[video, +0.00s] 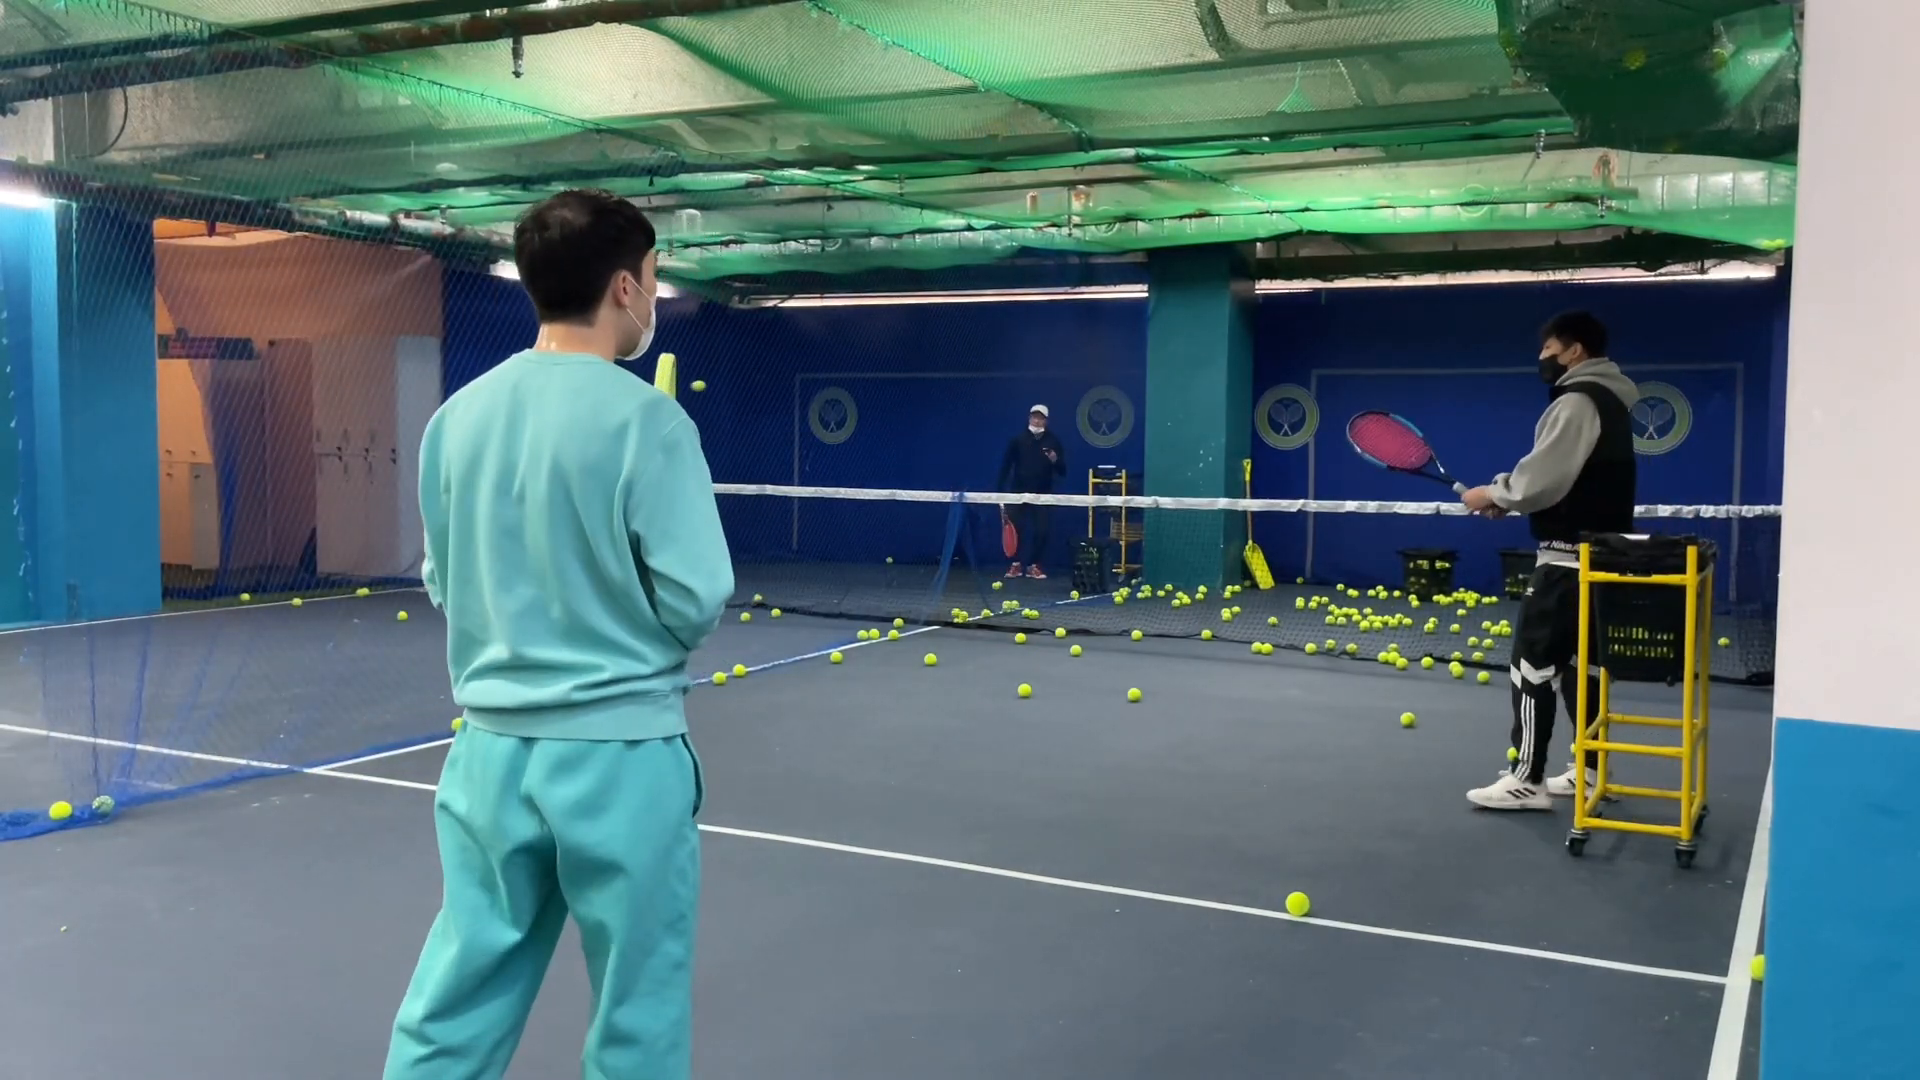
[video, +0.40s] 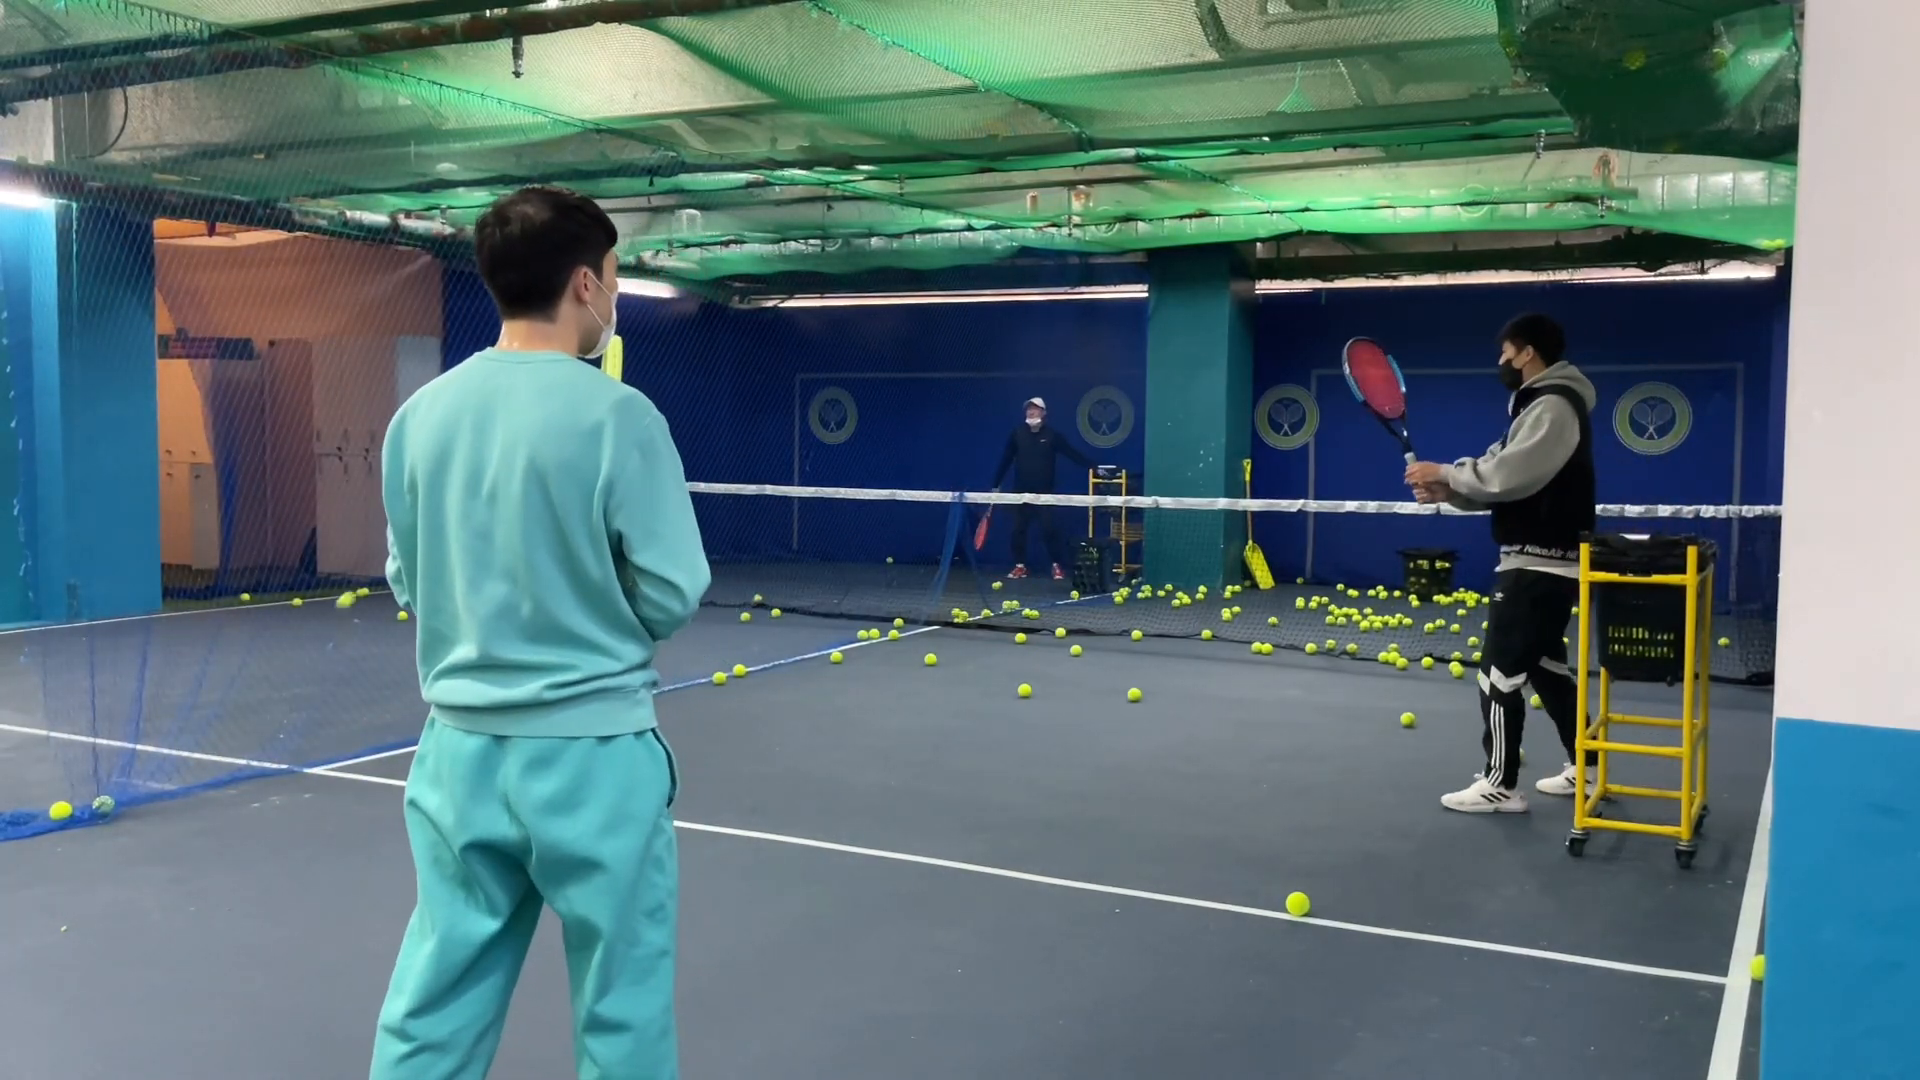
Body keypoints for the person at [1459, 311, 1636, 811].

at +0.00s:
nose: (1543, 358)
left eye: (1550, 349)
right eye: (1543, 350)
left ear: (1579, 348)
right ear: (1583, 351)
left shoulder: (1577, 403)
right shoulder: (1606, 399)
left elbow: (1546, 475)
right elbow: (1566, 479)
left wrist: (1492, 492)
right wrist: (1507, 497)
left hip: (1566, 556)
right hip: (1598, 554)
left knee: (1532, 664)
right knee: (1579, 665)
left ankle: (1526, 779)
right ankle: (1590, 771)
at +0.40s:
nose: (1503, 361)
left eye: (1507, 352)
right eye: (1503, 353)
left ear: (1530, 352)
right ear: (1538, 353)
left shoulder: (1553, 407)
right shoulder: (1544, 404)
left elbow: (1512, 471)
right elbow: (1509, 484)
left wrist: (1443, 473)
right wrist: (1449, 491)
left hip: (1536, 561)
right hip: (1547, 561)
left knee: (1501, 675)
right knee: (1548, 667)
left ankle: (1500, 785)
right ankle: (1586, 767)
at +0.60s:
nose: (1479, 365)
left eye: (1481, 356)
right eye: (1478, 357)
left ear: (1501, 354)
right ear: (1511, 355)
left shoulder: (1538, 405)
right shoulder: (1510, 406)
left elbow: (1498, 466)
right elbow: (1479, 475)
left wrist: (1431, 462)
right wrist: (1425, 477)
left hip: (1528, 560)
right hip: (1509, 557)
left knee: (1496, 673)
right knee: (1503, 668)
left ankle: (1500, 786)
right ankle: (1559, 754)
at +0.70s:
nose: (1466, 365)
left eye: (1469, 356)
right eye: (1466, 358)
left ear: (1489, 355)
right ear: (1494, 356)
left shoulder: (1533, 403)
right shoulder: (1494, 408)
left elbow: (1497, 465)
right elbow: (1469, 479)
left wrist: (1431, 459)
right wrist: (1421, 476)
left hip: (1526, 559)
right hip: (1500, 557)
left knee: (1494, 670)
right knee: (1486, 663)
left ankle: (1501, 785)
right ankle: (1532, 757)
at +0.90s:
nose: (1449, 370)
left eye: (1452, 360)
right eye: (1447, 362)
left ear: (1475, 354)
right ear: (1475, 358)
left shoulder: (1525, 398)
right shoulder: (1467, 413)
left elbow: (1506, 461)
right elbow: (1450, 481)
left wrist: (1440, 454)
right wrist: (1419, 472)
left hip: (1525, 556)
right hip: (1492, 556)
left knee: (1501, 673)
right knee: (1480, 666)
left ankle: (1502, 786)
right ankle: (1483, 760)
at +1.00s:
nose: (1444, 371)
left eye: (1448, 361)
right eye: (1441, 364)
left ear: (1476, 354)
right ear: (1462, 362)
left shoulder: (1522, 398)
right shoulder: (1460, 415)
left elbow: (1514, 460)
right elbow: (1439, 483)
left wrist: (1449, 455)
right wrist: (1419, 472)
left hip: (1522, 555)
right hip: (1487, 557)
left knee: (1501, 673)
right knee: (1479, 666)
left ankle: (1502, 786)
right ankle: (1480, 760)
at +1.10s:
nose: (1446, 365)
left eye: (1453, 354)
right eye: (1442, 357)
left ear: (1478, 352)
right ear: (1451, 361)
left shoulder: (1519, 398)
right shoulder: (1454, 411)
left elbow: (1518, 462)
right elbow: (1427, 479)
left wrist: (1457, 458)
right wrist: (1420, 471)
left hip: (1519, 556)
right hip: (1482, 558)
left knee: (1500, 673)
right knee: (1477, 667)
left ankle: (1502, 786)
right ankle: (1480, 760)